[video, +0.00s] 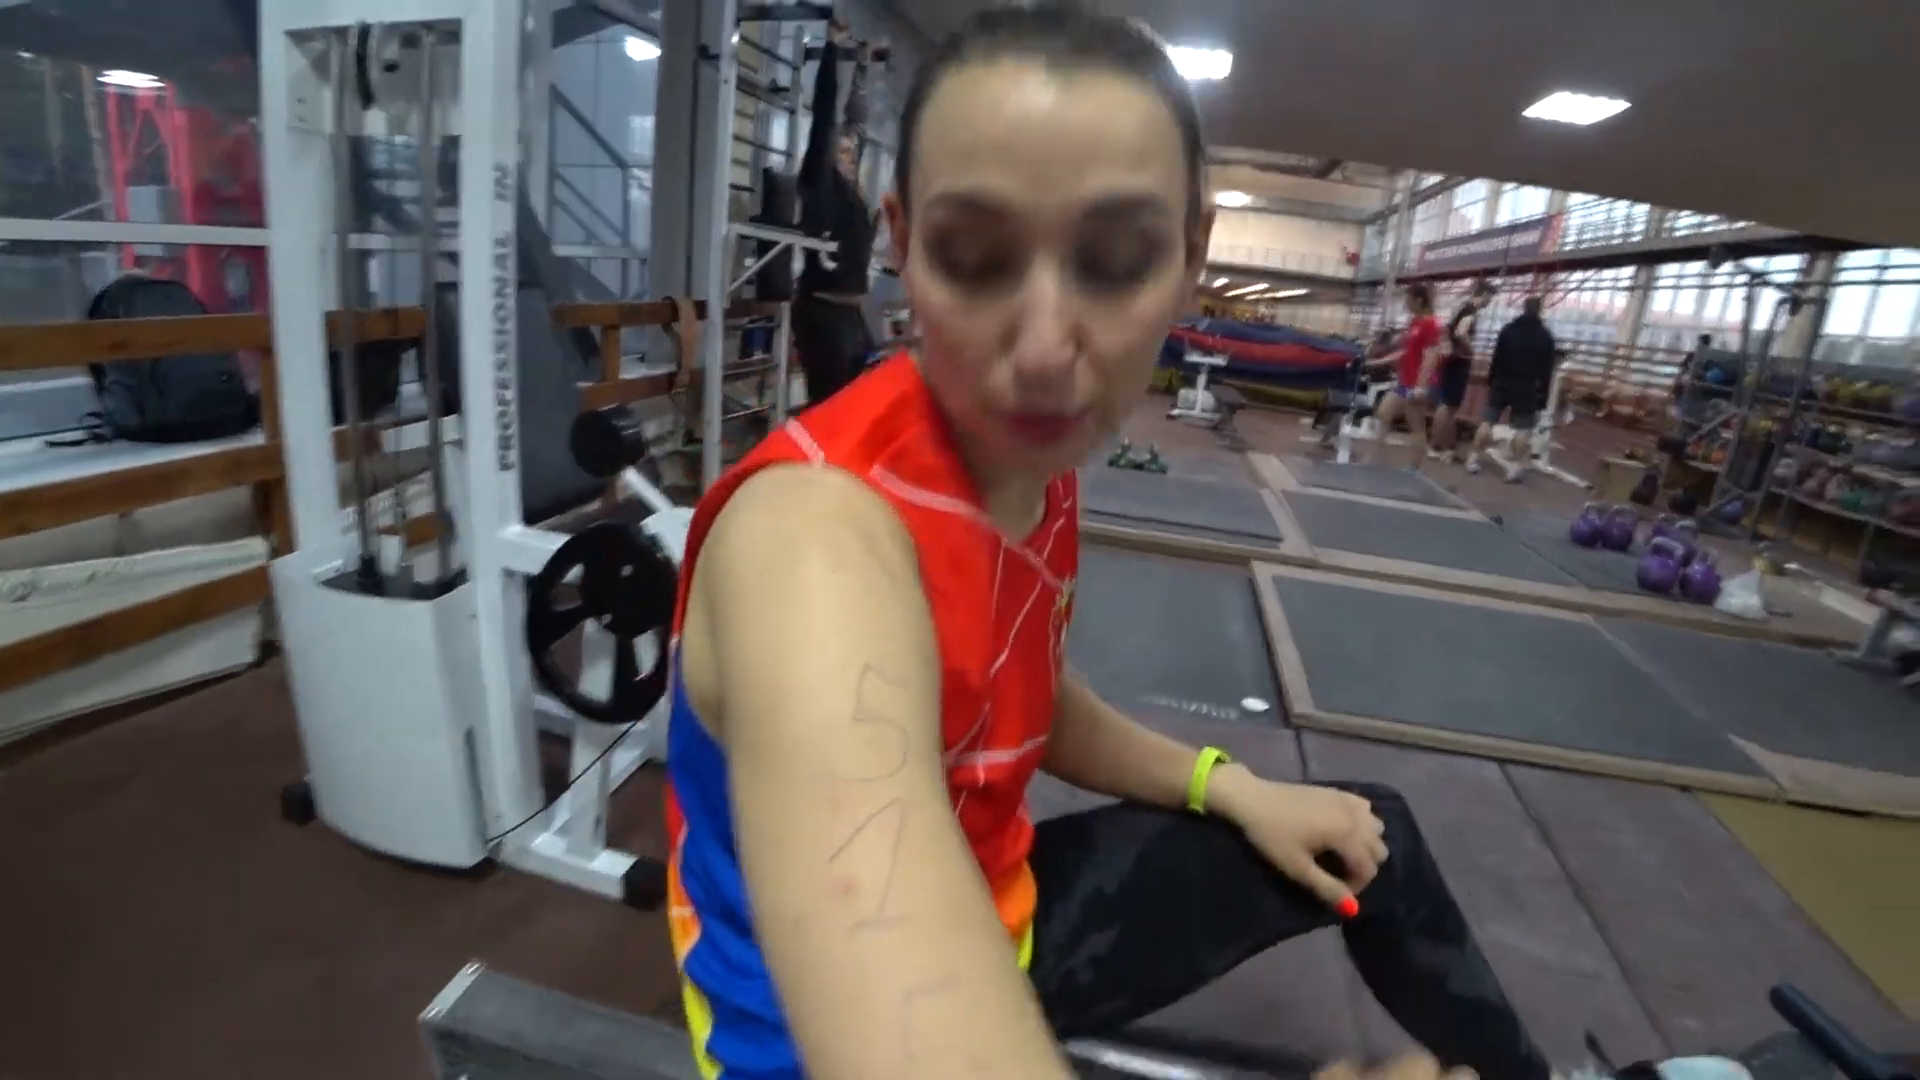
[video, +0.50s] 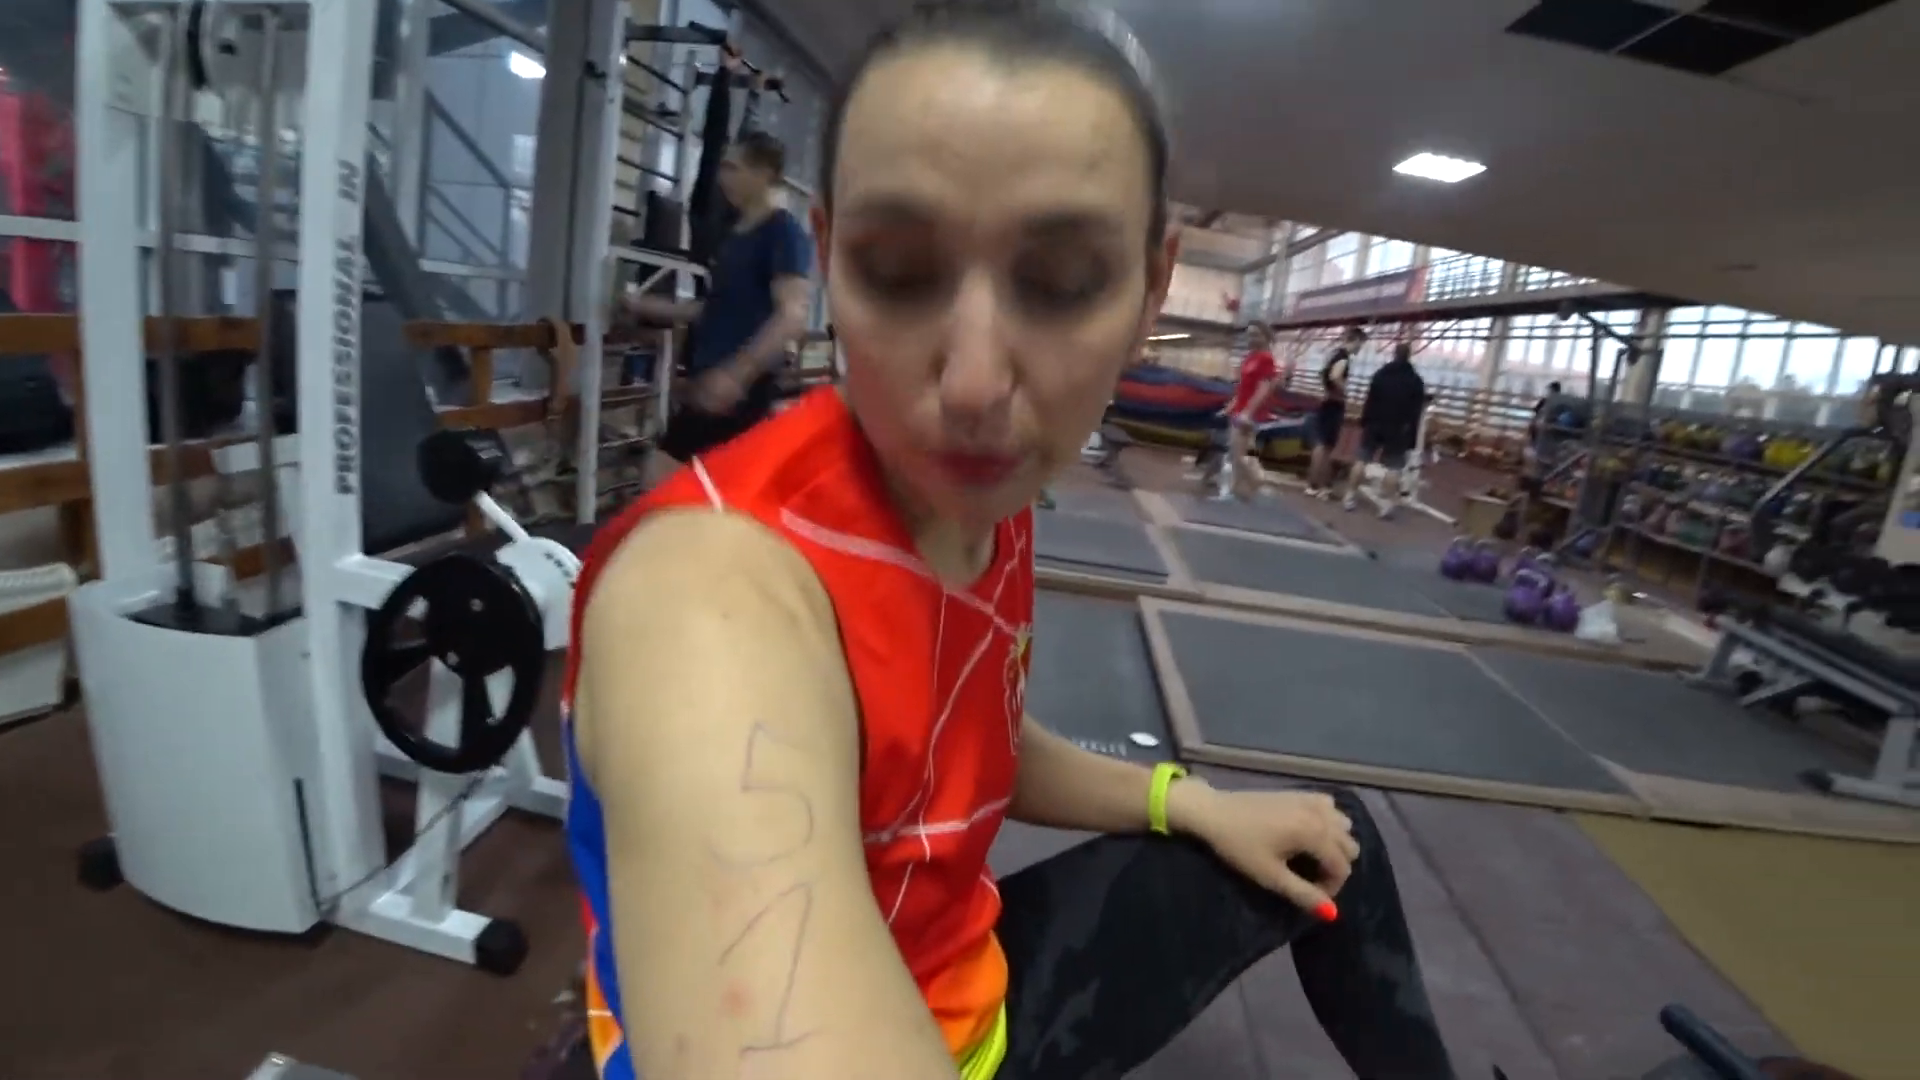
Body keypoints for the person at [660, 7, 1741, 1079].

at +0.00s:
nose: (1044, 349)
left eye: (1114, 262)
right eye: (976, 260)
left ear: (1193, 257)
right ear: (901, 245)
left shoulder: (1023, 455)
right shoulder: (813, 547)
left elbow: (1031, 705)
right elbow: (941, 1059)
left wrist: (1234, 791)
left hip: (995, 926)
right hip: (827, 1042)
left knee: (1362, 827)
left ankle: (1519, 1074)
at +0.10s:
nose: (1018, 404)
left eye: (1096, 315)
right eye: (952, 307)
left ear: (1184, 299)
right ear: (885, 280)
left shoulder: (1015, 492)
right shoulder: (785, 588)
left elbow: (1013, 722)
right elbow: (878, 1056)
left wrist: (1217, 808)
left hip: (999, 960)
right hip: (819, 1040)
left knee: (1354, 846)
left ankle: (1484, 1065)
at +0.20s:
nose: (984, 435)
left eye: (1070, 347)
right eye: (920, 336)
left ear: (1167, 334)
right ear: (862, 297)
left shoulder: (1006, 522)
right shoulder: (762, 622)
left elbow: (993, 738)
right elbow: (823, 1054)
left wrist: (1205, 821)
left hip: (990, 986)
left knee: (1344, 859)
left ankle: (1452, 1066)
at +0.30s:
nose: (962, 449)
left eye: (1050, 358)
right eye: (897, 345)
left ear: (1152, 342)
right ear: (840, 302)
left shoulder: (999, 532)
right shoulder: (739, 645)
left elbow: (982, 752)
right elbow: (791, 1053)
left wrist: (1200, 829)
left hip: (982, 993)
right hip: (815, 1048)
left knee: (1335, 865)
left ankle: (1422, 1061)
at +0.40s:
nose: (961, 436)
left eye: (1048, 344)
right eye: (891, 330)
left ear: (1145, 338)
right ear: (826, 301)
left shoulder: (984, 527)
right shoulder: (721, 638)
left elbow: (986, 763)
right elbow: (778, 1053)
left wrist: (1195, 826)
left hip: (978, 1002)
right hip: (809, 1050)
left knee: (1326, 861)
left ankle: (1413, 1065)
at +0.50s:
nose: (973, 385)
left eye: (1059, 285)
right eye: (900, 273)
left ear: (1154, 283)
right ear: (829, 257)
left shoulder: (979, 489)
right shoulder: (712, 599)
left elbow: (980, 754)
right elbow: (783, 1047)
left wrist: (1190, 808)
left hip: (975, 993)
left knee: (1324, 838)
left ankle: (1410, 1060)